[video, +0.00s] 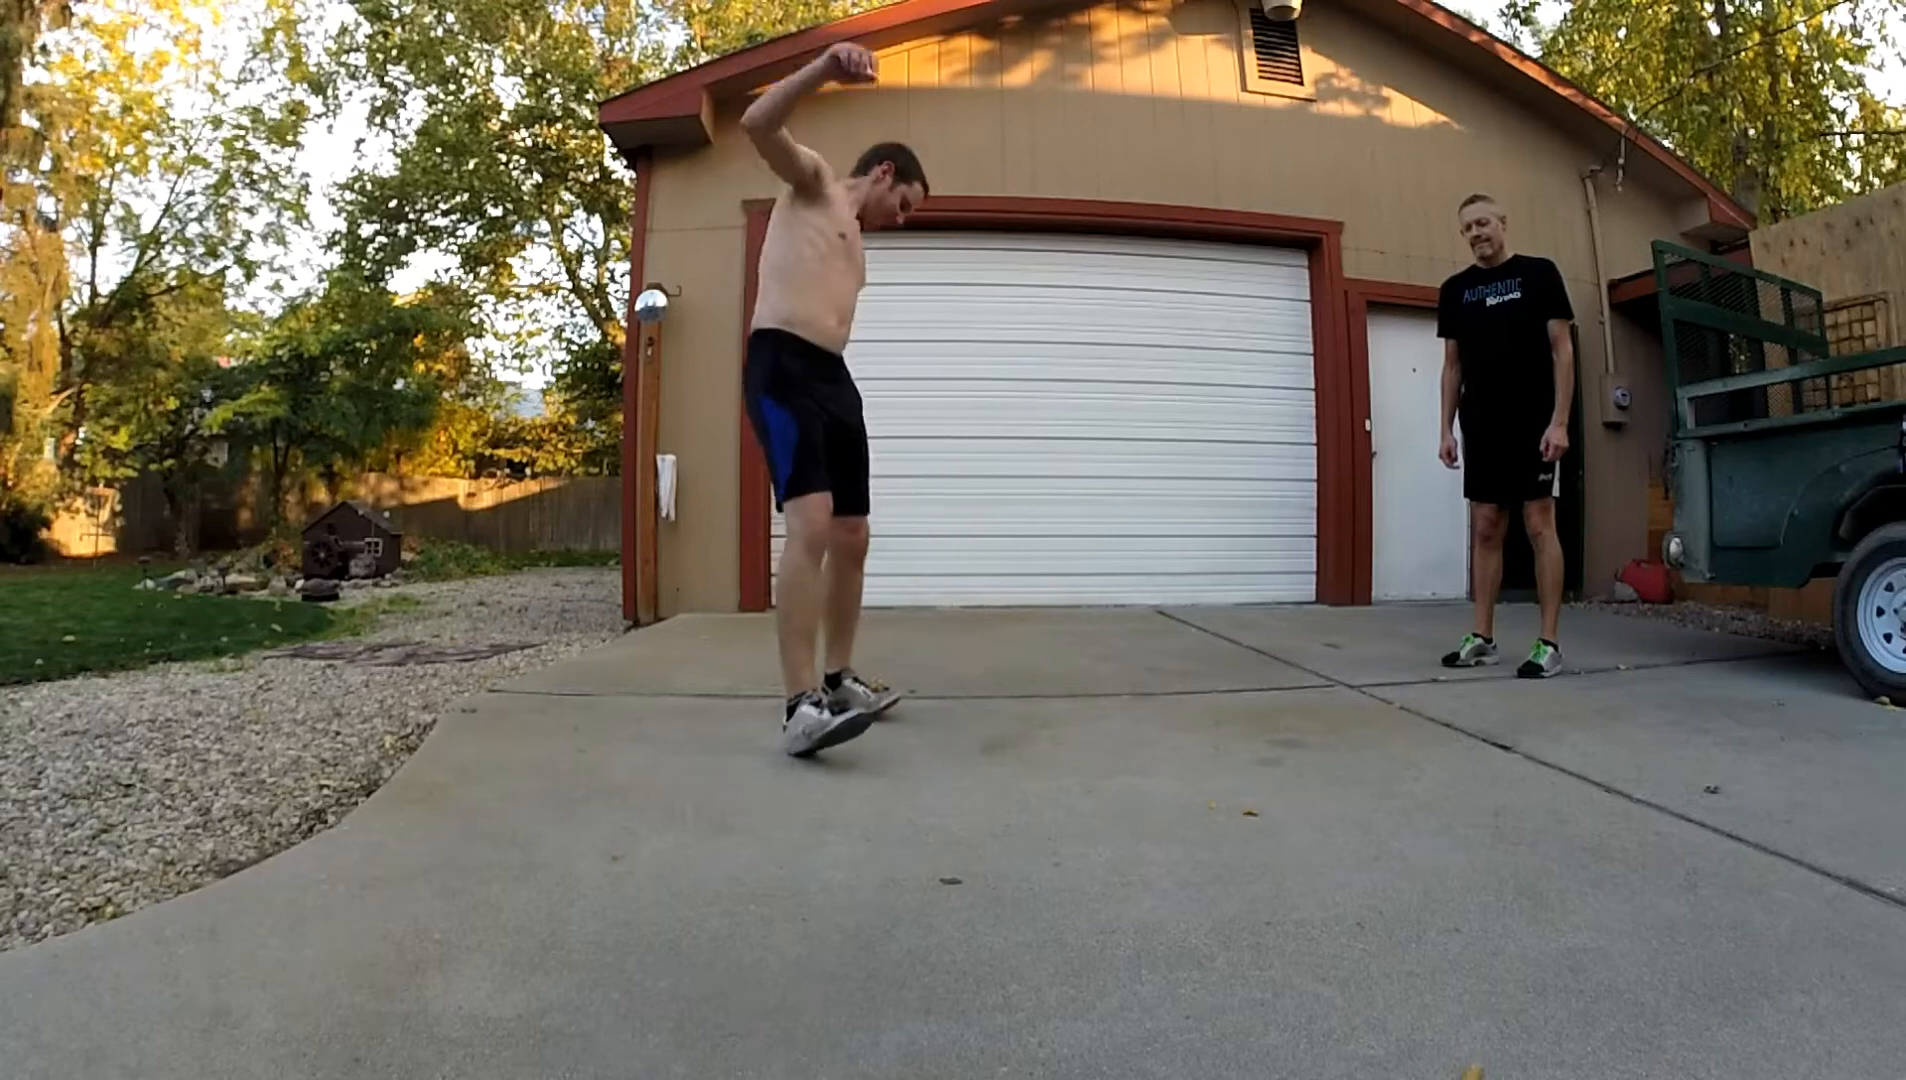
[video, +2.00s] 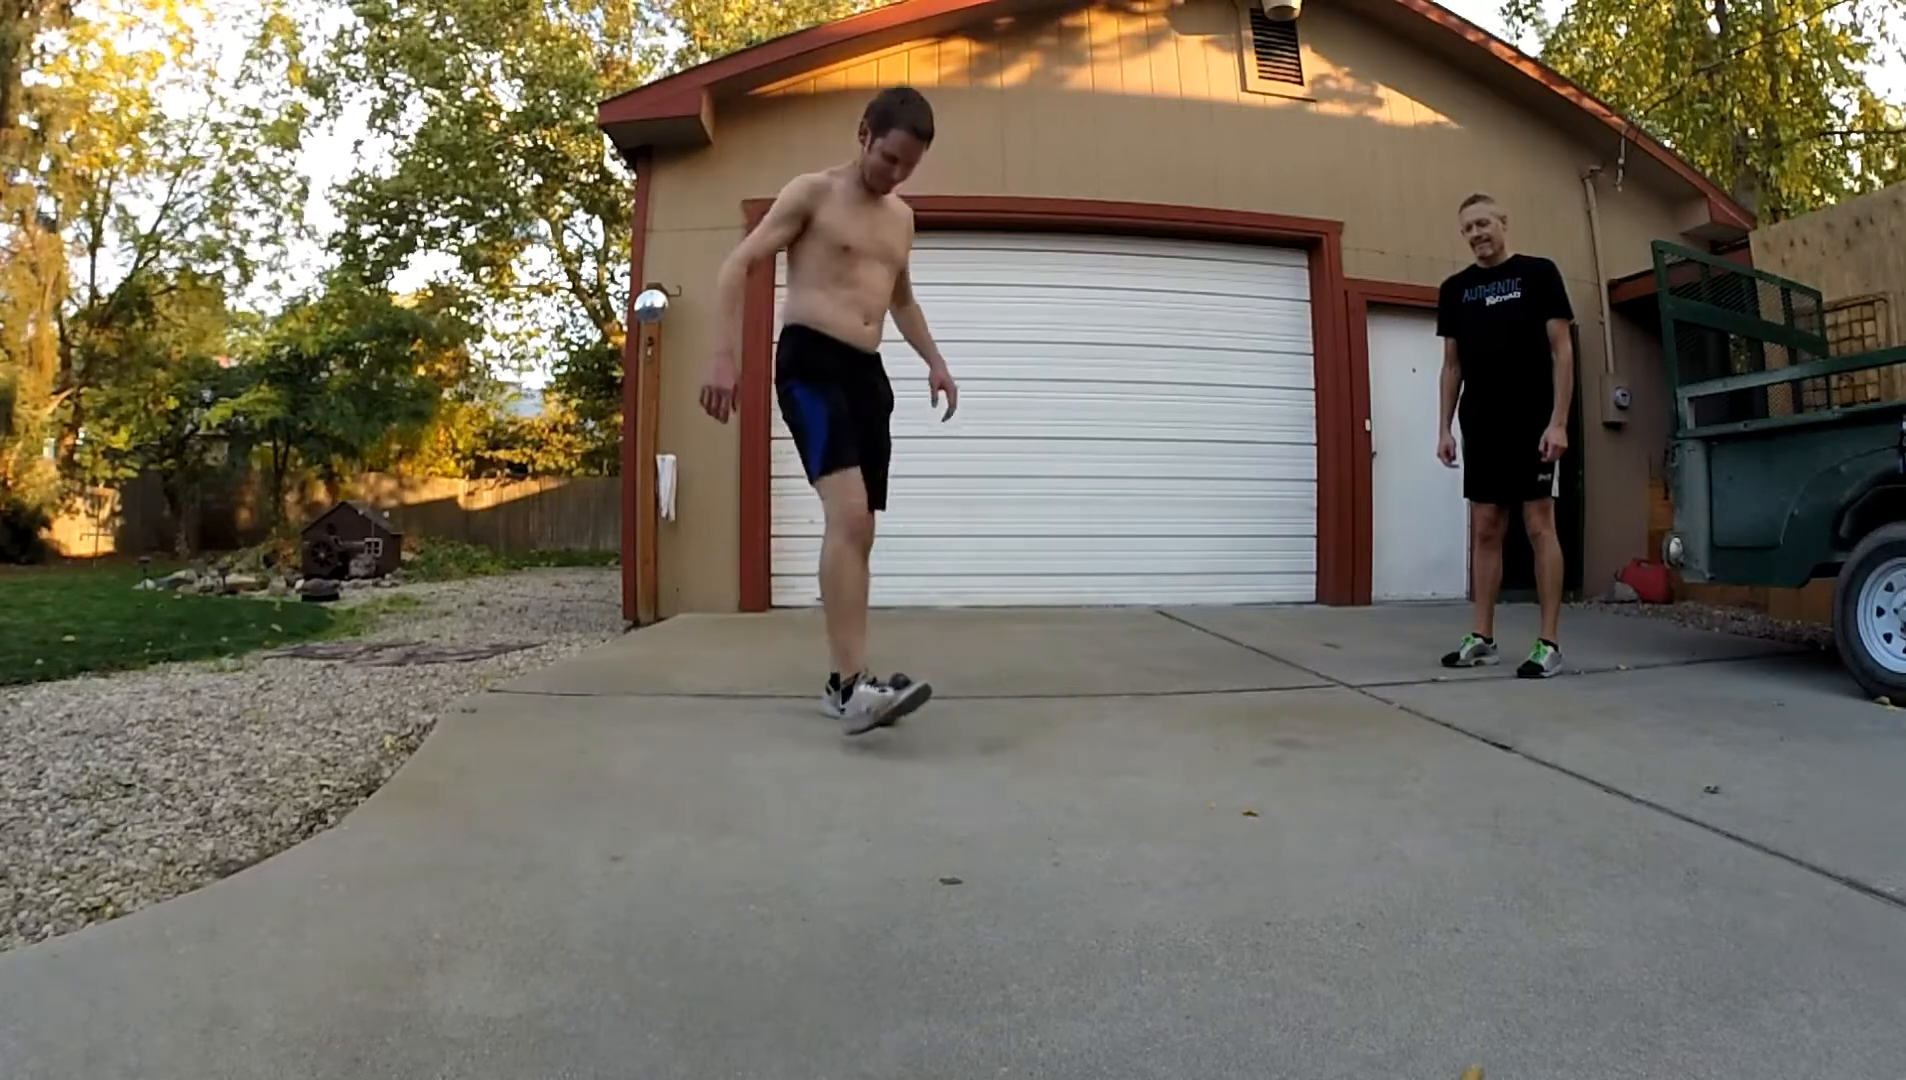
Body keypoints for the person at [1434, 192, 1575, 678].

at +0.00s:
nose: (1477, 232)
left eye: (1483, 223)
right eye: (1469, 227)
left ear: (1503, 224)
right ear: (1462, 236)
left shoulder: (1539, 273)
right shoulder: (1455, 290)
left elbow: (1563, 350)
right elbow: (1452, 363)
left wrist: (1559, 422)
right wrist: (1447, 429)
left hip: (1535, 421)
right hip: (1483, 424)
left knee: (1539, 527)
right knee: (1485, 528)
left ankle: (1548, 642)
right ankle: (1482, 636)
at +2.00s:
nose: (1477, 233)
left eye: (1483, 223)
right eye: (1469, 228)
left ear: (1503, 225)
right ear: (1462, 237)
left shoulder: (1539, 273)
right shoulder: (1455, 290)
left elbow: (1563, 351)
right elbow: (1452, 364)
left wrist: (1558, 422)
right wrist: (1445, 427)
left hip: (1534, 420)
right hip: (1482, 423)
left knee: (1539, 527)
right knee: (1485, 529)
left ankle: (1549, 642)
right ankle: (1482, 636)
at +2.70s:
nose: (1470, 231)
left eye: (1476, 222)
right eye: (1462, 226)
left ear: (1496, 224)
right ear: (1456, 236)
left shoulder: (1534, 273)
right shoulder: (1451, 291)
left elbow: (1558, 349)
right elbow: (1449, 365)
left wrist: (1554, 420)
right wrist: (1442, 429)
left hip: (1530, 421)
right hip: (1479, 424)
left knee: (1536, 527)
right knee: (1484, 530)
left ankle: (1548, 641)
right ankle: (1482, 636)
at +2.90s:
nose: (1464, 232)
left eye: (1470, 223)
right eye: (1456, 228)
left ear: (1491, 226)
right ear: (1450, 238)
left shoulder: (1527, 273)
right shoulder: (1446, 293)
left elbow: (1558, 347)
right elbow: (1443, 365)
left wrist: (1553, 418)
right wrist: (1434, 426)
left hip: (1527, 420)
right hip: (1475, 424)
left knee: (1533, 526)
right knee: (1483, 529)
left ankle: (1547, 642)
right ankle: (1481, 637)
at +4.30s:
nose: (1543, 211)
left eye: (1550, 202)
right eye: (1533, 205)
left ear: (1567, 207)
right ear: (1521, 213)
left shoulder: (1598, 264)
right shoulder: (1500, 268)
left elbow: (1606, 340)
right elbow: (1496, 336)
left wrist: (1588, 382)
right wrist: (1519, 375)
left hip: (1579, 409)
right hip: (1522, 409)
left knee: (1573, 523)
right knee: (1505, 527)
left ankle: (1572, 648)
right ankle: (1487, 628)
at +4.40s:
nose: (1553, 210)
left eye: (1562, 200)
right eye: (1543, 202)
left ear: (1579, 205)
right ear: (1531, 209)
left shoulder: (1607, 263)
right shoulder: (1509, 264)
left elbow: (1617, 337)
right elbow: (1502, 335)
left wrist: (1600, 381)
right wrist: (1522, 376)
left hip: (1585, 406)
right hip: (1529, 406)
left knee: (1576, 523)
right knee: (1515, 526)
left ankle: (1572, 648)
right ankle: (1494, 623)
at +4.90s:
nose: (1571, 200)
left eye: (1579, 189)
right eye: (1561, 193)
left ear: (1600, 191)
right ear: (1552, 201)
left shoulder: (1632, 257)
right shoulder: (1533, 253)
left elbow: (1635, 338)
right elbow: (1520, 339)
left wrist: (1617, 378)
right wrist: (1550, 380)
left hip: (1614, 397)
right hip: (1558, 399)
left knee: (1598, 527)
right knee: (1588, 520)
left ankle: (1576, 650)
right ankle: (1608, 655)